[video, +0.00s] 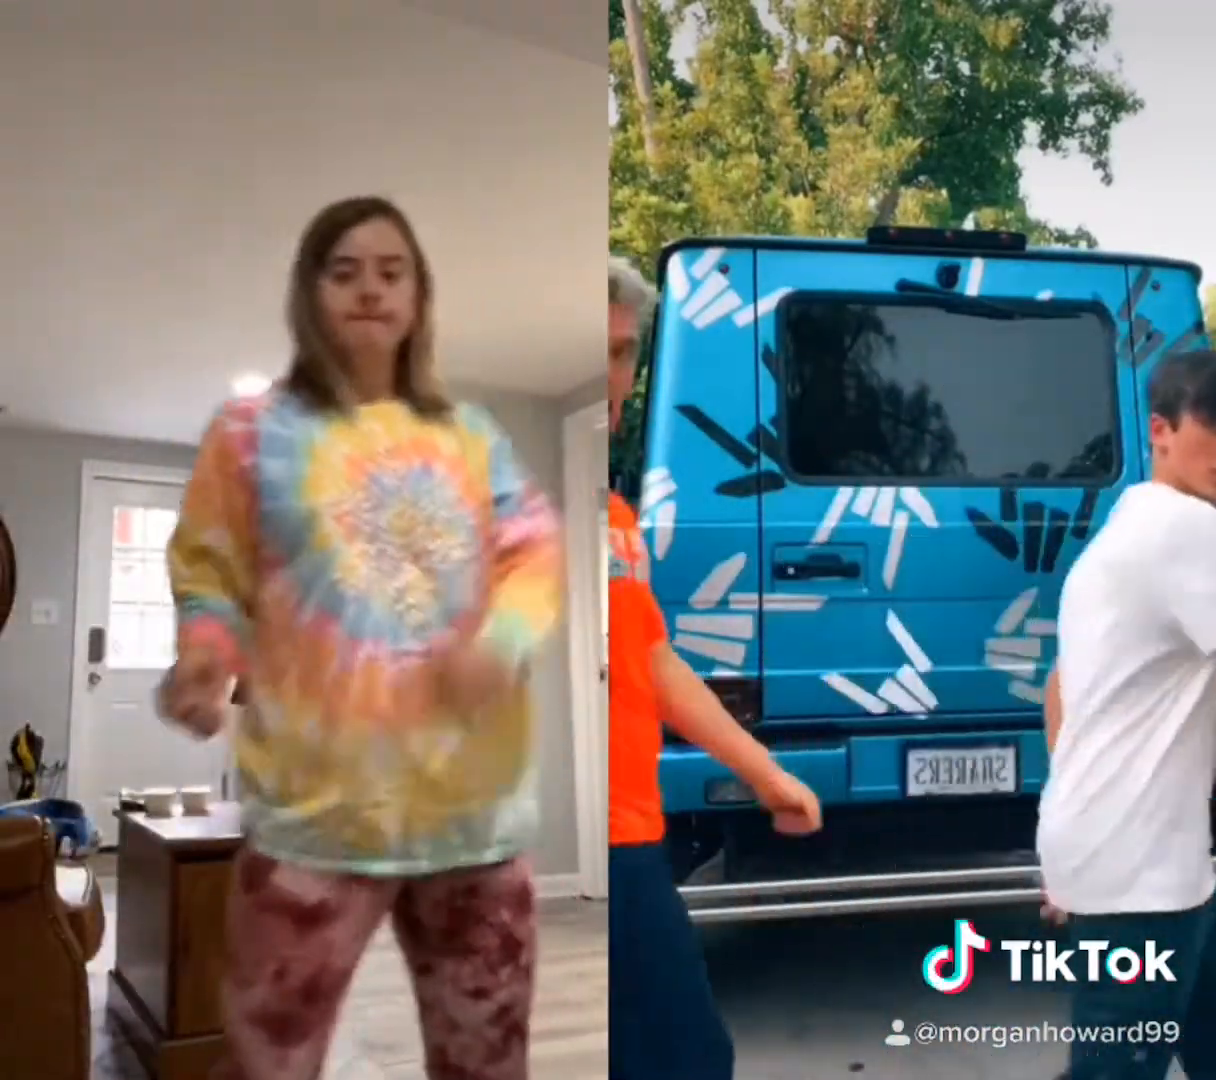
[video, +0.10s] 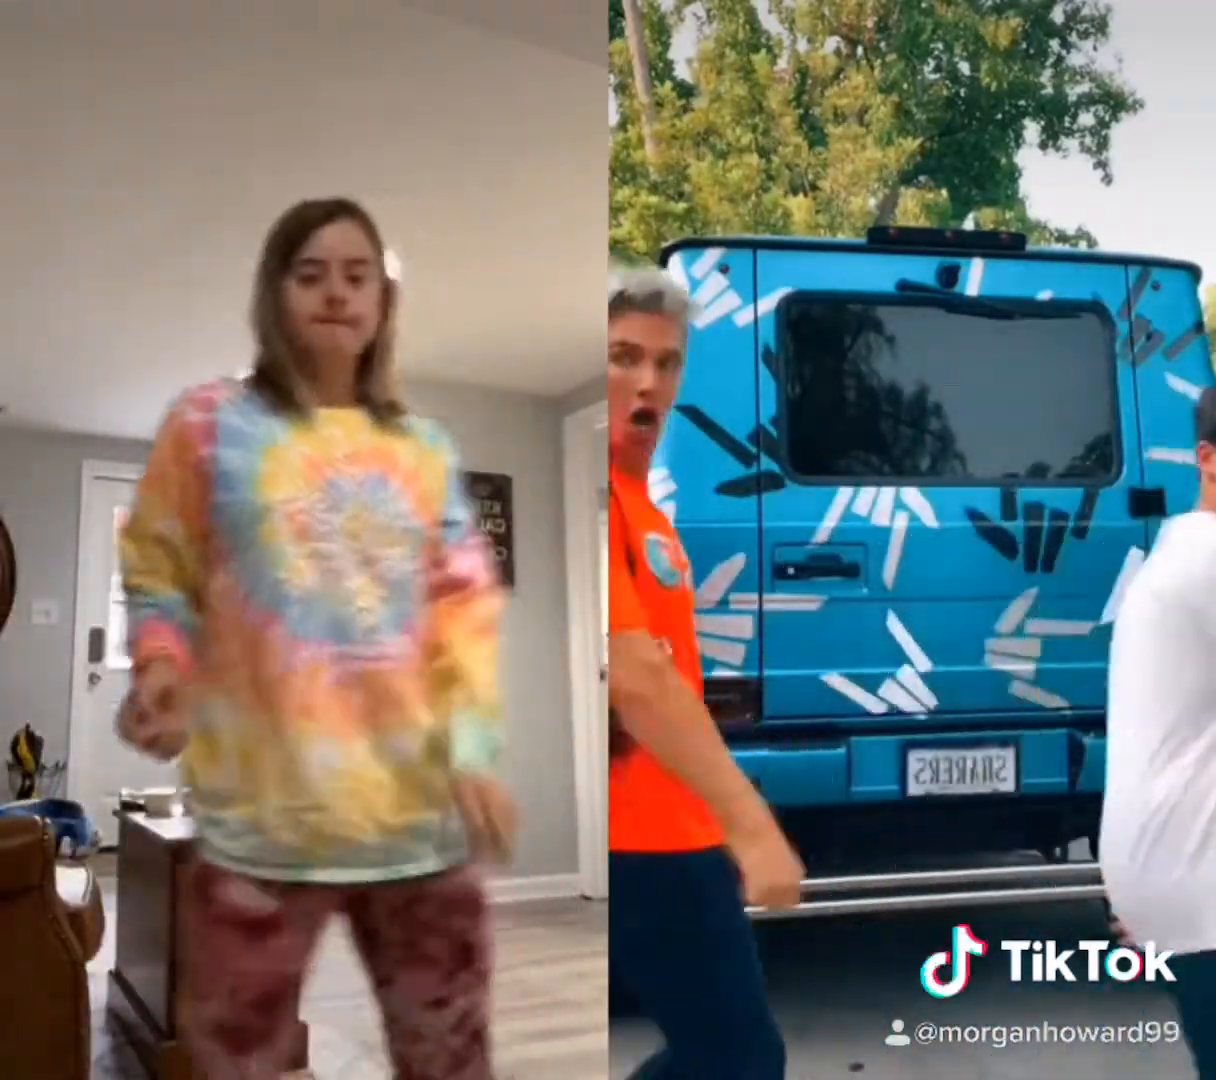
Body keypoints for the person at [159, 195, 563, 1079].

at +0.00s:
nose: (370, 289)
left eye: (392, 271)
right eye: (345, 270)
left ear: (419, 296)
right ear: (309, 295)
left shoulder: (471, 437)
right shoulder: (252, 432)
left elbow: (537, 555)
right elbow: (205, 567)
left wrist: (499, 643)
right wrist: (208, 651)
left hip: (468, 807)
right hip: (312, 811)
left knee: (487, 1061)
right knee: (270, 1059)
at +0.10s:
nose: (336, 292)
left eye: (358, 274)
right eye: (311, 272)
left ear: (385, 299)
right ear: (274, 295)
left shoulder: (425, 451)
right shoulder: (207, 424)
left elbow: (466, 609)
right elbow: (154, 565)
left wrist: (474, 755)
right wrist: (160, 663)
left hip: (412, 813)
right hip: (253, 815)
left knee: (450, 1060)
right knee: (240, 1060)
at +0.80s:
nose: (347, 282)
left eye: (369, 263)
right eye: (319, 263)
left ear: (395, 292)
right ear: (280, 288)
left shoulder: (428, 443)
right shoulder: (223, 429)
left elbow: (452, 632)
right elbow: (197, 626)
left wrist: (467, 781)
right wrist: (264, 792)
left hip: (418, 822)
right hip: (262, 831)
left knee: (495, 1063)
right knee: (228, 1067)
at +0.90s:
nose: (394, 292)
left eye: (415, 273)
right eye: (366, 274)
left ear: (443, 300)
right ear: (329, 301)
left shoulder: (481, 452)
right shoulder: (279, 445)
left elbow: (522, 636)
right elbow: (221, 646)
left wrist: (551, 794)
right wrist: (203, 833)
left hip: (481, 840)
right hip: (320, 850)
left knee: (563, 1068)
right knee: (300, 1069)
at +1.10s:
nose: (470, 263)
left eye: (492, 242)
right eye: (442, 244)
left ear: (522, 267)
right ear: (404, 273)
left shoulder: (563, 425)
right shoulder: (356, 425)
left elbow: (574, 607)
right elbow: (282, 630)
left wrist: (613, 704)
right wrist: (235, 804)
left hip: (561, 805)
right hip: (431, 811)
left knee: (579, 1062)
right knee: (524, 1063)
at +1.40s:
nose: (539, 239)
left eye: (561, 216)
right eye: (508, 220)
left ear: (591, 243)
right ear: (467, 246)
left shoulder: (575, 396)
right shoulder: (444, 389)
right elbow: (419, 622)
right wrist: (454, 828)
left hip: (590, 821)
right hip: (519, 830)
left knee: (581, 1060)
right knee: (570, 1064)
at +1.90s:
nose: (416, 271)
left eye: (438, 248)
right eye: (387, 252)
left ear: (465, 270)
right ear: (349, 280)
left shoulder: (447, 433)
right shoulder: (327, 414)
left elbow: (463, 639)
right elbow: (287, 646)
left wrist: (513, 785)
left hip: (439, 852)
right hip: (370, 858)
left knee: (429, 1064)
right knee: (484, 1064)